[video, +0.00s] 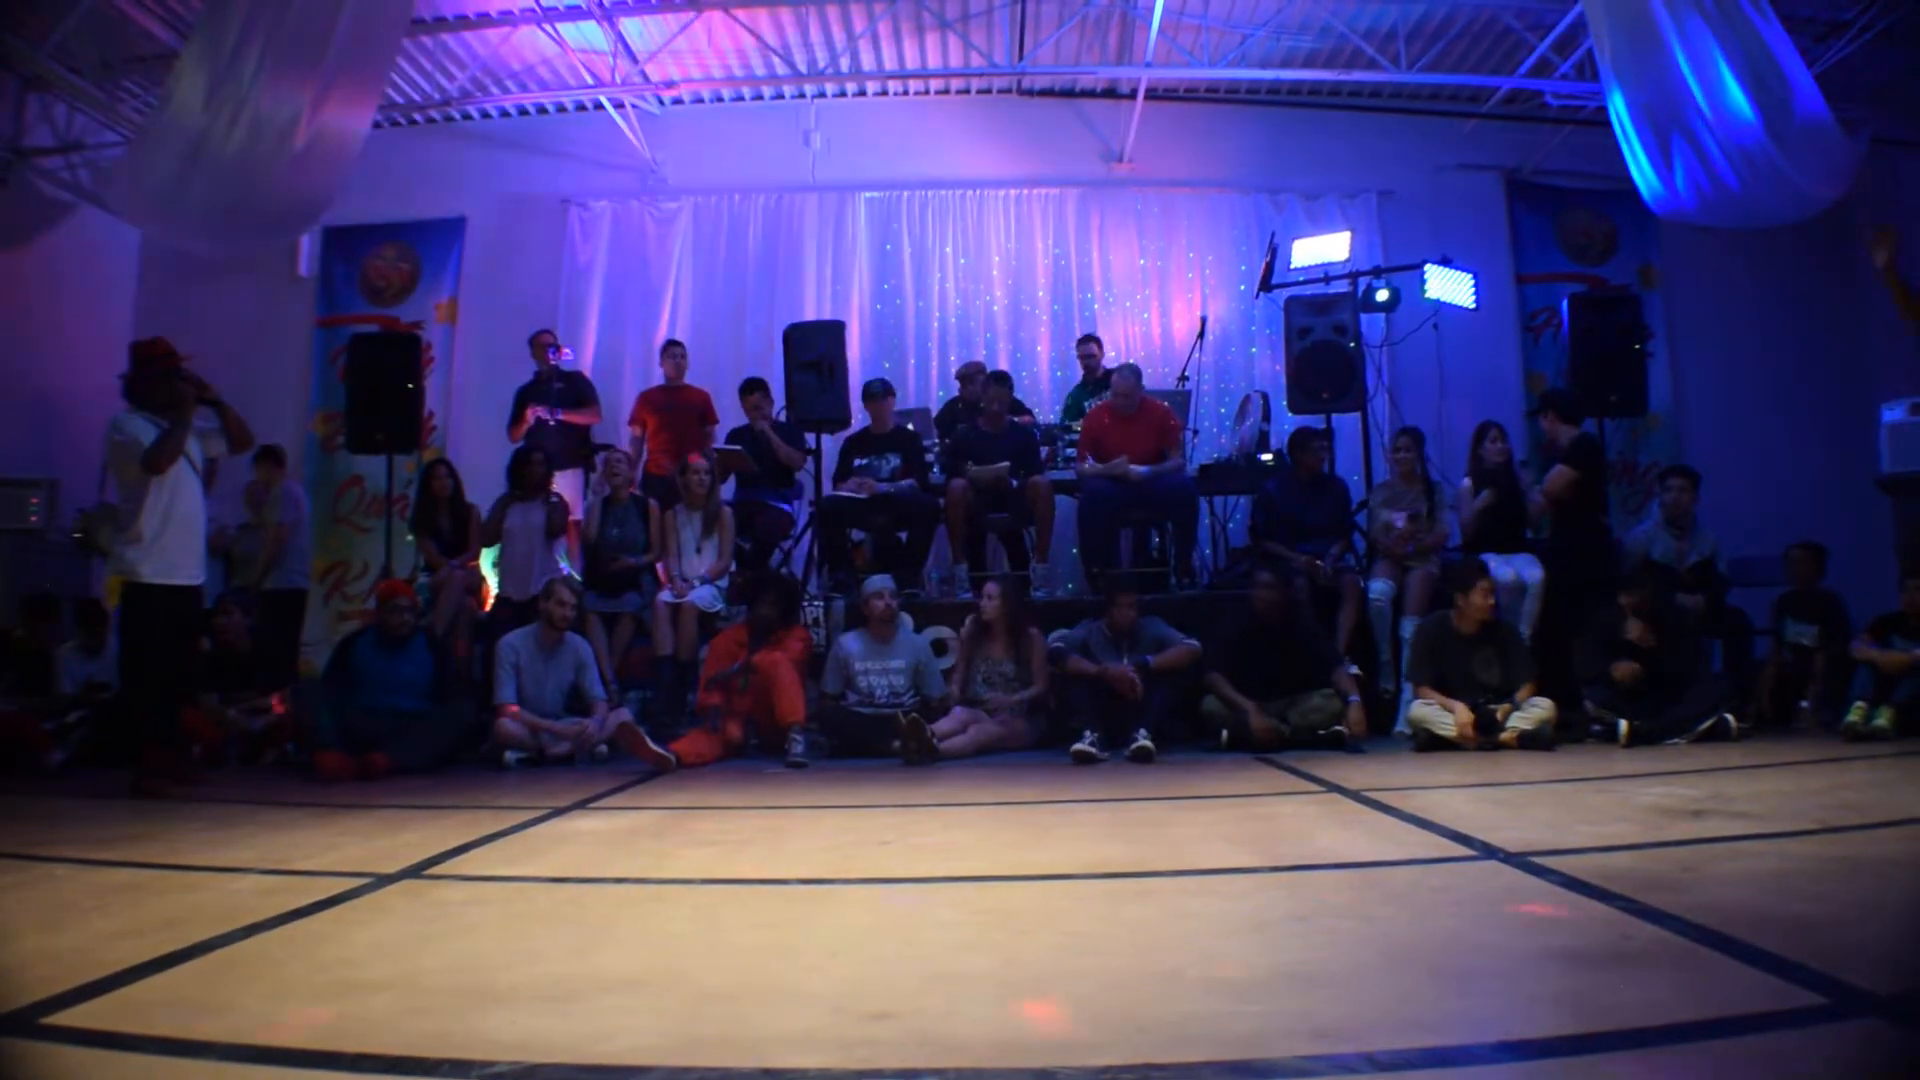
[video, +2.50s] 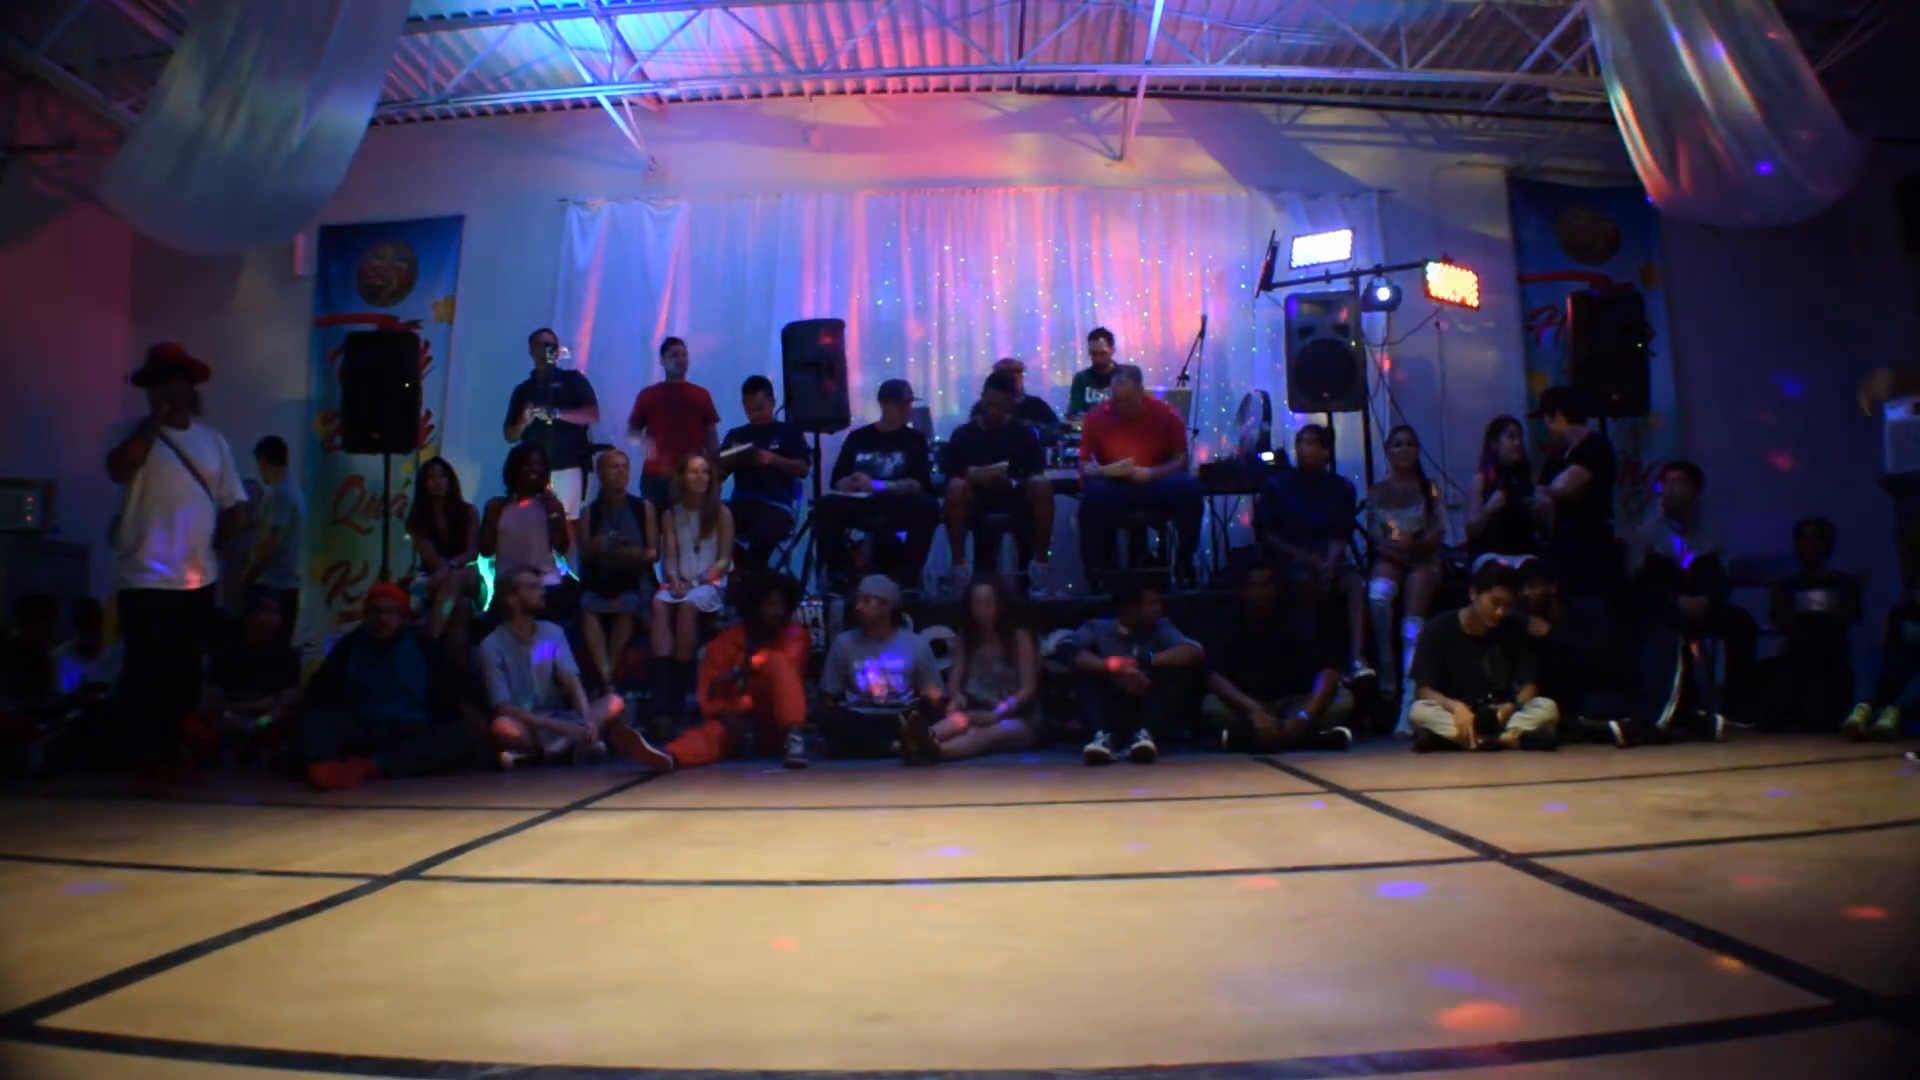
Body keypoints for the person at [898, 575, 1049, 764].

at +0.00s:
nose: (982, 604)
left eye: (990, 598)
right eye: (982, 598)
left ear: (1008, 602)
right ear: (979, 599)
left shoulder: (1030, 637)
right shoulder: (973, 632)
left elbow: (1040, 686)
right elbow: (960, 671)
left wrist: (1010, 701)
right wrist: (957, 694)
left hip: (1017, 715)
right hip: (981, 710)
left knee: (982, 732)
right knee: (960, 715)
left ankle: (932, 750)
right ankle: (924, 734)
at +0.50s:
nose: (990, 610)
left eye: (998, 604)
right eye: (990, 604)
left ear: (1017, 607)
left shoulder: (1036, 644)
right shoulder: (986, 643)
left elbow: (1037, 696)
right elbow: (977, 685)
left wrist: (999, 713)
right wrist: (985, 708)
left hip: (1027, 718)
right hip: (994, 712)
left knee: (979, 734)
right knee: (960, 715)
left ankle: (931, 752)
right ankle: (922, 735)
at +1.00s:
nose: (992, 619)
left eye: (996, 612)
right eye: (991, 612)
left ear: (1014, 611)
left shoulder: (1038, 646)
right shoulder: (989, 634)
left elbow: (1040, 699)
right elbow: (967, 629)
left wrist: (998, 715)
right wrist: (969, 677)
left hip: (1021, 717)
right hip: (986, 707)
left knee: (980, 733)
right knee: (957, 715)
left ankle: (933, 752)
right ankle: (921, 737)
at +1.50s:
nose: (992, 618)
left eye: (996, 611)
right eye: (990, 612)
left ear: (1013, 612)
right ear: (990, 612)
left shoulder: (1035, 644)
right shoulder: (990, 630)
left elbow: (1037, 696)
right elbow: (961, 623)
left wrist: (993, 712)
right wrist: (965, 665)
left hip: (1017, 716)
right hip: (982, 707)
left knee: (981, 733)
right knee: (957, 716)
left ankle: (931, 752)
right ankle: (920, 737)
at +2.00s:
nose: (983, 618)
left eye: (988, 612)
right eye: (983, 612)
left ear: (1007, 612)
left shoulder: (1030, 638)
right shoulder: (979, 627)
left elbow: (1036, 690)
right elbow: (959, 647)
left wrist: (996, 714)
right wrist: (954, 684)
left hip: (1021, 713)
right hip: (985, 704)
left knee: (979, 736)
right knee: (961, 715)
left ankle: (934, 752)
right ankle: (922, 738)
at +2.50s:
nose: (983, 609)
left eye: (989, 603)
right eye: (978, 603)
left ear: (1000, 605)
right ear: (969, 607)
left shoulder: (1018, 638)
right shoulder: (966, 639)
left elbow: (1028, 688)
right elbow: (954, 682)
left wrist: (995, 714)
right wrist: (958, 698)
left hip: (1011, 711)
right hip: (975, 708)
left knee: (979, 736)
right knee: (957, 722)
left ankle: (935, 752)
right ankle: (922, 737)